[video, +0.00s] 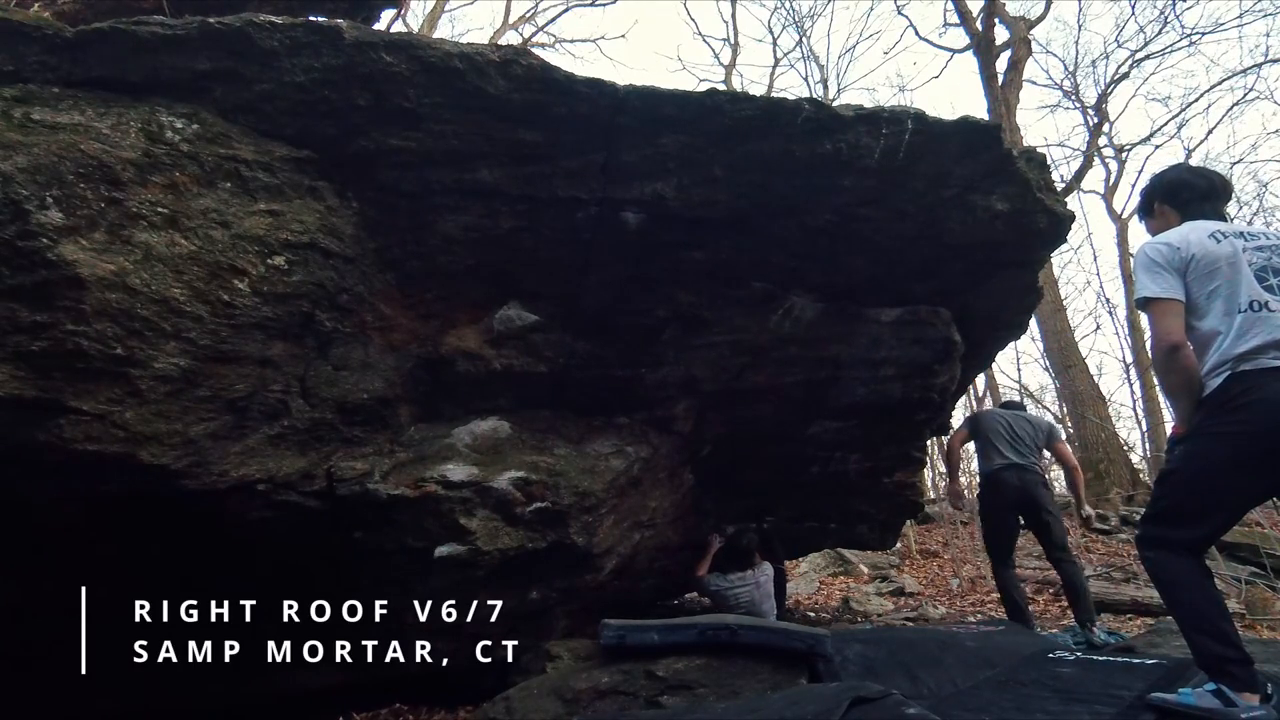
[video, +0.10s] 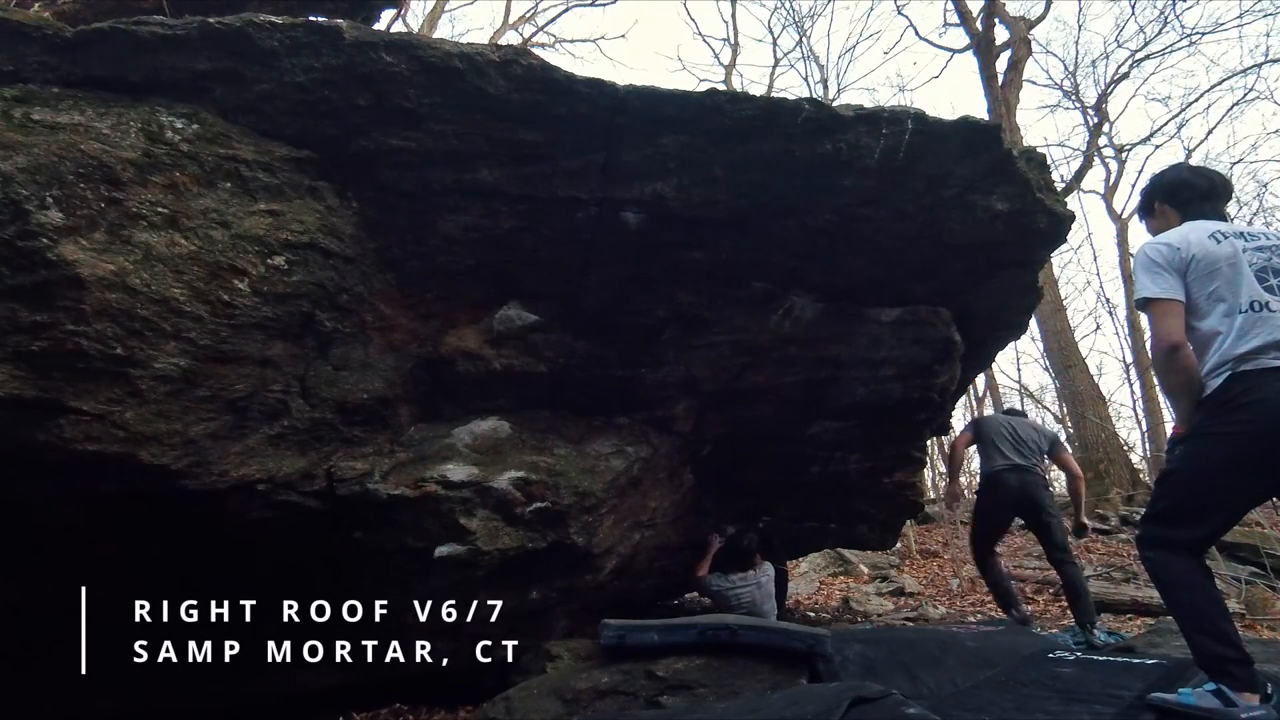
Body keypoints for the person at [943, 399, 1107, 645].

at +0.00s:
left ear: (998, 409)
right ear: (1025, 412)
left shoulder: (981, 417)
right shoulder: (1042, 423)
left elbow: (953, 443)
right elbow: (1072, 464)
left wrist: (953, 483)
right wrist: (1082, 504)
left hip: (995, 491)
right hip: (1035, 487)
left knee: (1002, 565)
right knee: (1061, 556)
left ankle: (1025, 630)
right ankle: (1089, 624)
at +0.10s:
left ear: (1000, 416)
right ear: (1027, 419)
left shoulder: (984, 422)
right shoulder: (1043, 431)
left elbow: (958, 444)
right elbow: (1076, 473)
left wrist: (953, 482)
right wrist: (1079, 516)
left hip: (995, 490)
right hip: (1035, 489)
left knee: (983, 552)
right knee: (1062, 557)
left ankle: (1016, 611)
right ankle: (1087, 625)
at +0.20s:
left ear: (999, 424)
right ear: (1024, 427)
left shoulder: (984, 430)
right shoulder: (1042, 440)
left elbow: (956, 450)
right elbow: (1077, 482)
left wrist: (949, 487)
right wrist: (1075, 525)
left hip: (991, 490)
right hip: (1031, 491)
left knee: (968, 546)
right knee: (1062, 556)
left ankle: (986, 609)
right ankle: (1089, 627)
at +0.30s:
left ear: (993, 431)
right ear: (1015, 434)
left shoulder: (978, 437)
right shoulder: (1036, 446)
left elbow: (947, 460)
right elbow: (1072, 486)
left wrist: (937, 500)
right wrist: (1074, 529)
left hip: (983, 493)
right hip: (1024, 493)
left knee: (955, 555)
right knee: (1060, 559)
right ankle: (1090, 630)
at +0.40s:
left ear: (979, 444)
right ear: (1008, 447)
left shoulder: (965, 449)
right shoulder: (1023, 454)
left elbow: (932, 476)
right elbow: (1059, 492)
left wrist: (924, 511)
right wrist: (1074, 533)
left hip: (971, 499)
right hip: (1010, 498)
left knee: (944, 558)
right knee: (1052, 561)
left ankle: (922, 614)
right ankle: (1088, 628)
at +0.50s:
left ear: (960, 462)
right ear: (995, 462)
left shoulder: (947, 466)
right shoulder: (1006, 468)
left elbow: (918, 495)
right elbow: (1046, 498)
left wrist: (906, 539)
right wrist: (1075, 534)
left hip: (956, 505)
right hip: (995, 502)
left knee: (932, 562)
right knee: (1044, 561)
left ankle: (924, 618)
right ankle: (1087, 627)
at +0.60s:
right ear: (986, 479)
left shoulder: (929, 488)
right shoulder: (988, 480)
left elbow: (903, 525)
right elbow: (1030, 505)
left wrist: (893, 568)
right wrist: (1071, 533)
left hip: (938, 508)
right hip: (973, 504)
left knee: (922, 563)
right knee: (1029, 562)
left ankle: (923, 620)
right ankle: (1084, 627)